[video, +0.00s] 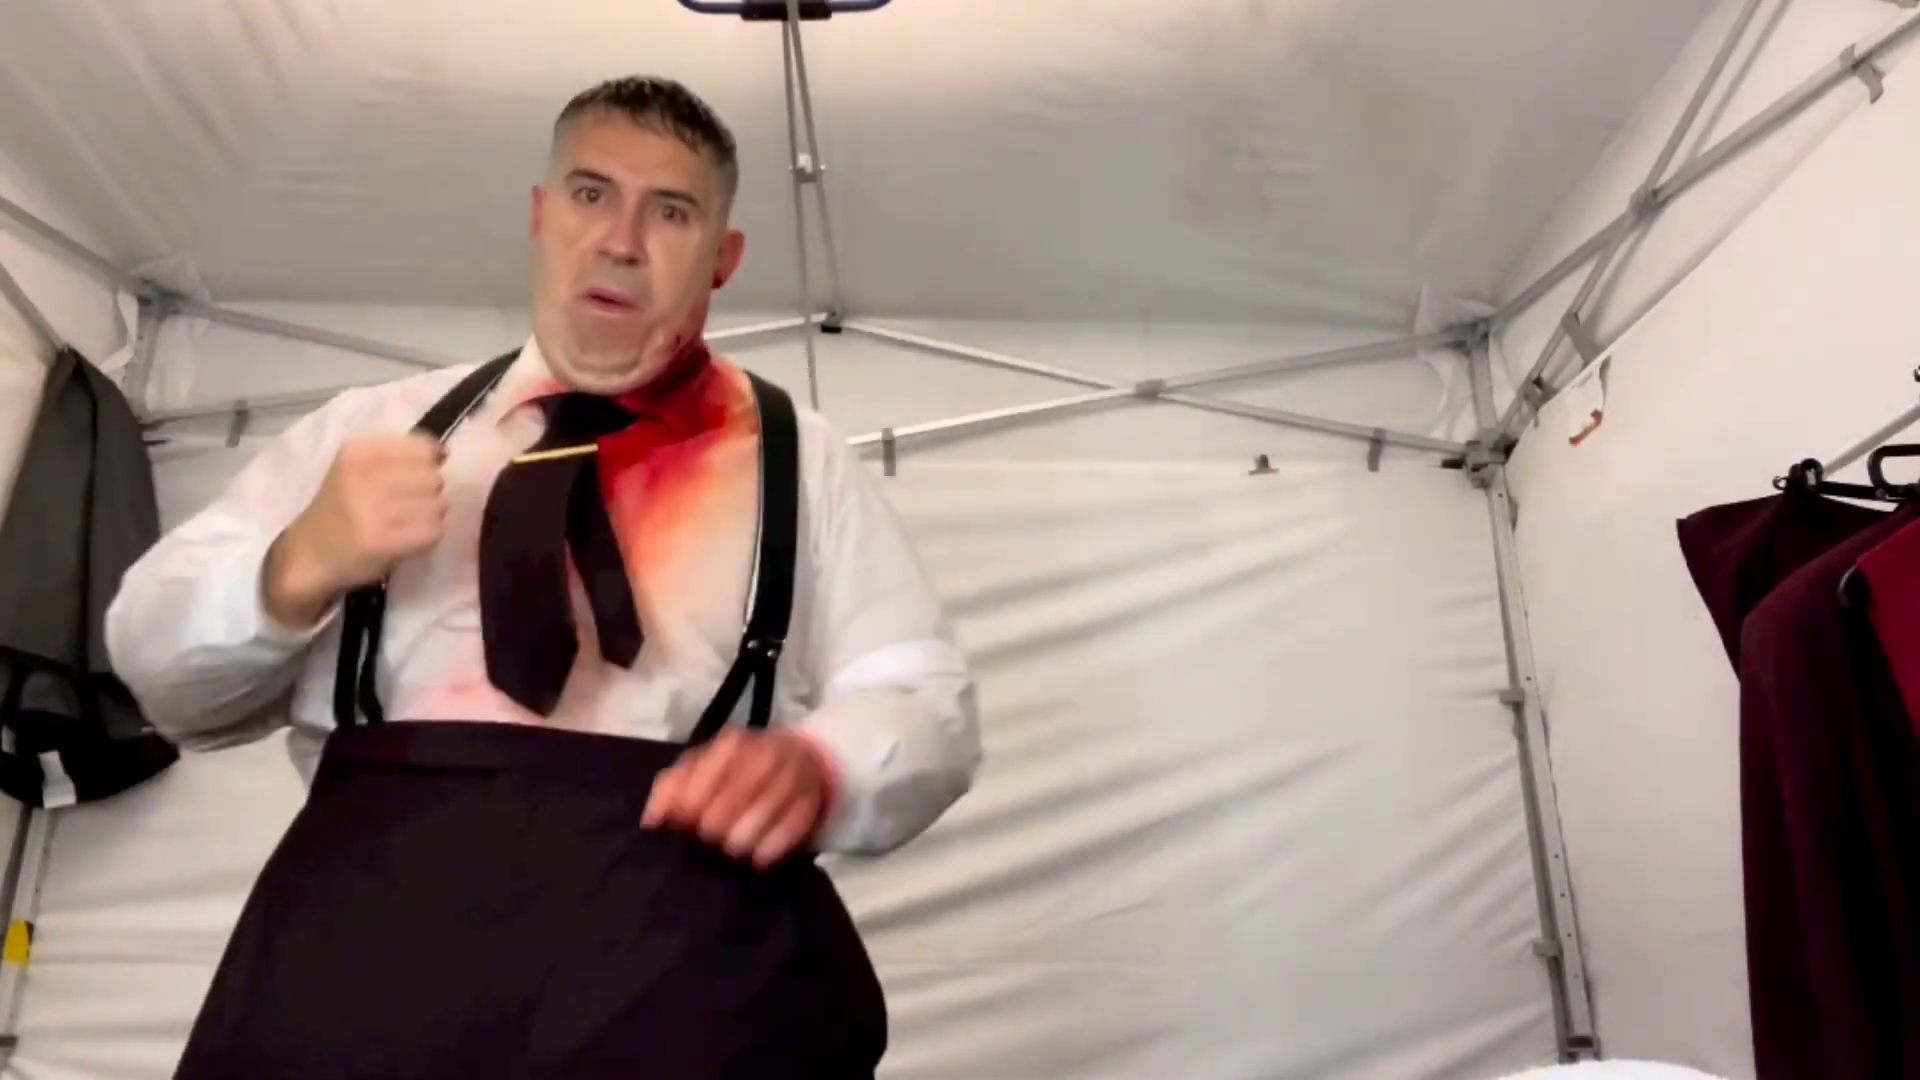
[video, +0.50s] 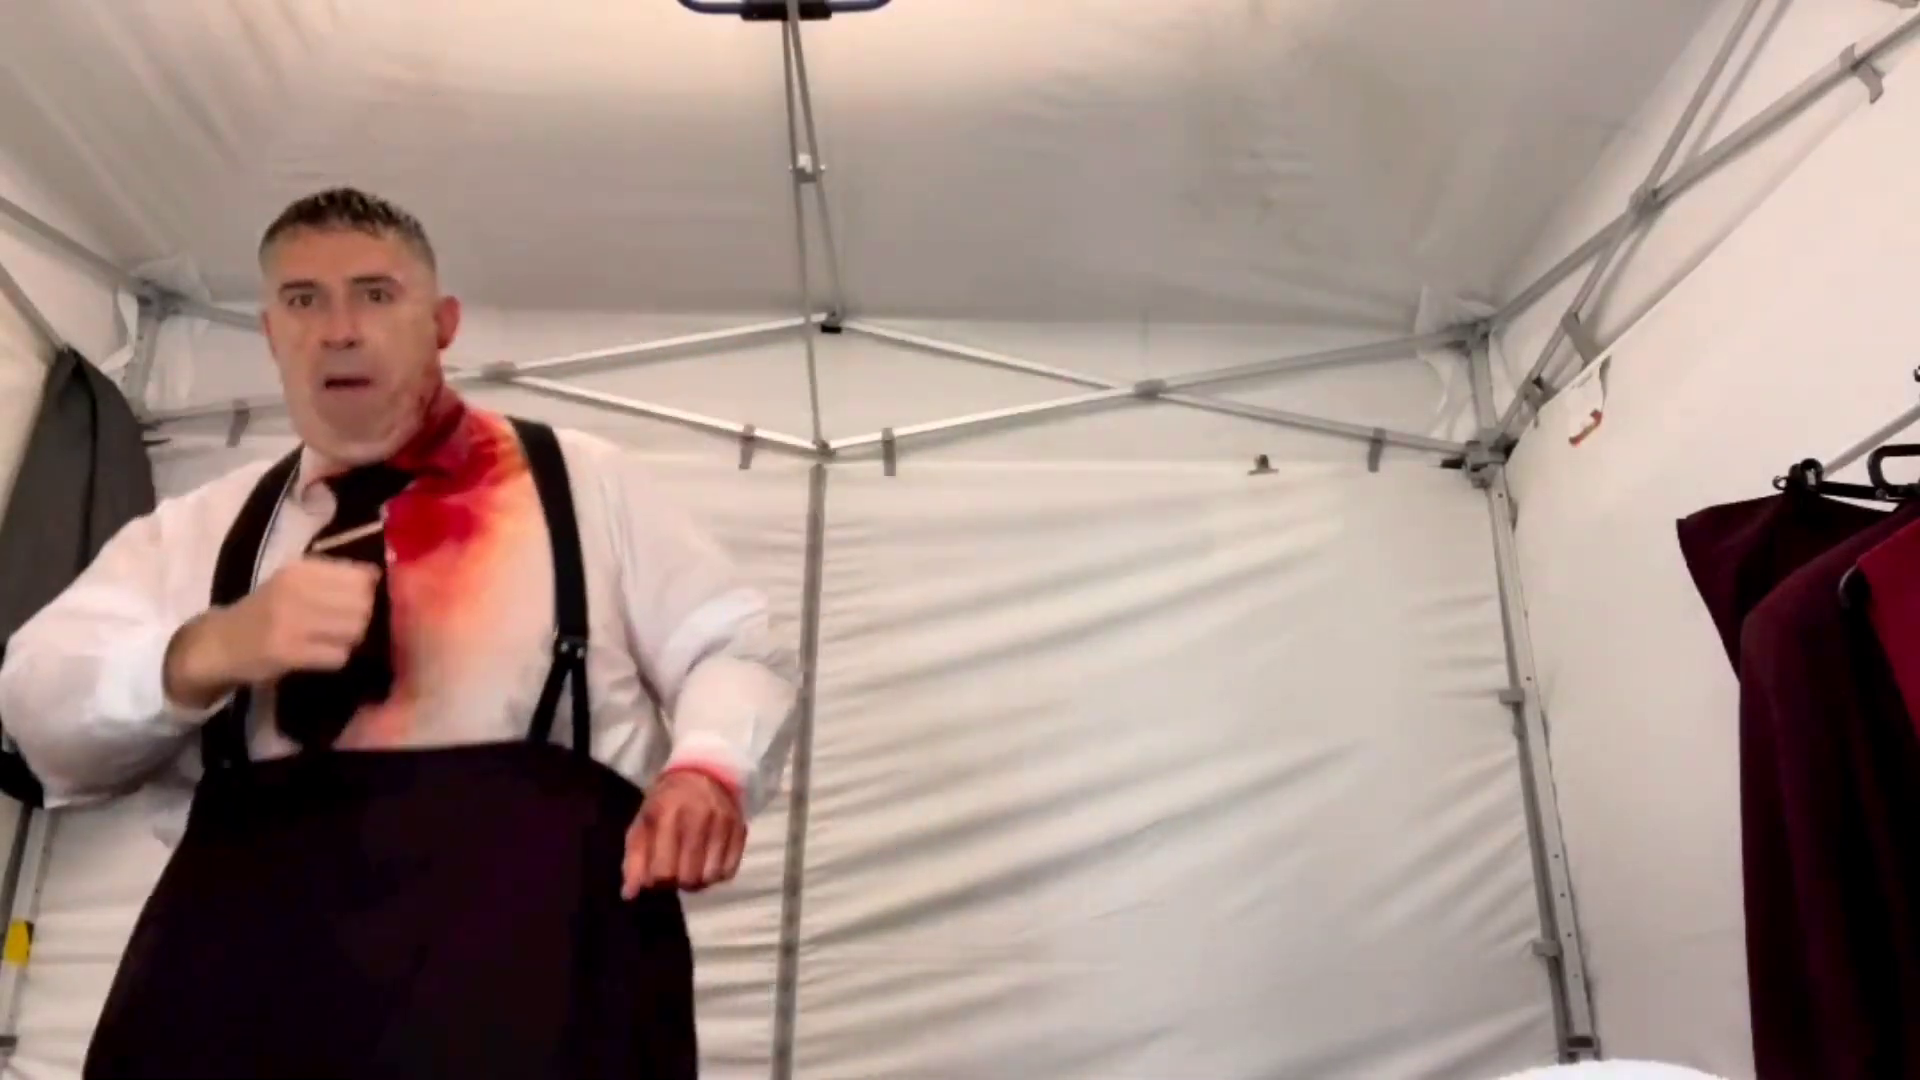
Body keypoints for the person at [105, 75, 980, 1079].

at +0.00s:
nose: (620, 239)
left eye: (669, 211)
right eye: (590, 194)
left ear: (721, 261)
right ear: (537, 216)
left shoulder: (797, 463)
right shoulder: (385, 426)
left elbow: (921, 700)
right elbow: (158, 662)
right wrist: (300, 566)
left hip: (676, 859)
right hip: (390, 851)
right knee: (325, 1043)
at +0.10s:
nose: (564, 291)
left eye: (607, 262)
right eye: (530, 250)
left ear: (658, 308)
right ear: (474, 277)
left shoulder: (747, 498)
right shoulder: (331, 484)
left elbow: (879, 712)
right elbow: (82, 700)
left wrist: (803, 857)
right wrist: (271, 592)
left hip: (656, 907)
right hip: (361, 892)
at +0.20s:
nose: (459, 260)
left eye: (500, 228)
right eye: (422, 227)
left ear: (561, 272)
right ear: (380, 268)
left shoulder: (684, 459)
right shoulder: (273, 470)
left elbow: (832, 633)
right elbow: (86, 663)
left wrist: (815, 742)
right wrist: (310, 488)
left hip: (610, 880)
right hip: (328, 881)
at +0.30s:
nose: (391, 217)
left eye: (429, 185)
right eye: (356, 189)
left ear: (499, 225)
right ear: (322, 232)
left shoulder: (643, 384)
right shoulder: (246, 422)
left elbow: (791, 560)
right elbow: (81, 589)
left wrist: (755, 687)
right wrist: (293, 453)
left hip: (597, 783)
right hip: (328, 787)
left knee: (625, 1037)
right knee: (288, 1034)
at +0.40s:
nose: (353, 254)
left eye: (389, 218)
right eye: (317, 227)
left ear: (461, 252)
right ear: (289, 270)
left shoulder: (606, 403)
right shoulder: (216, 451)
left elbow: (766, 561)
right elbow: (71, 620)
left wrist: (714, 701)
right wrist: (264, 537)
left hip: (566, 834)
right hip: (296, 850)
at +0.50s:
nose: (338, 330)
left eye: (375, 294)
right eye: (304, 300)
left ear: (442, 326)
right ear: (270, 336)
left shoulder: (579, 485)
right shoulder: (203, 527)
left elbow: (730, 645)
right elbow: (40, 705)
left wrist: (707, 767)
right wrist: (218, 646)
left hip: (525, 856)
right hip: (279, 856)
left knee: (540, 817)